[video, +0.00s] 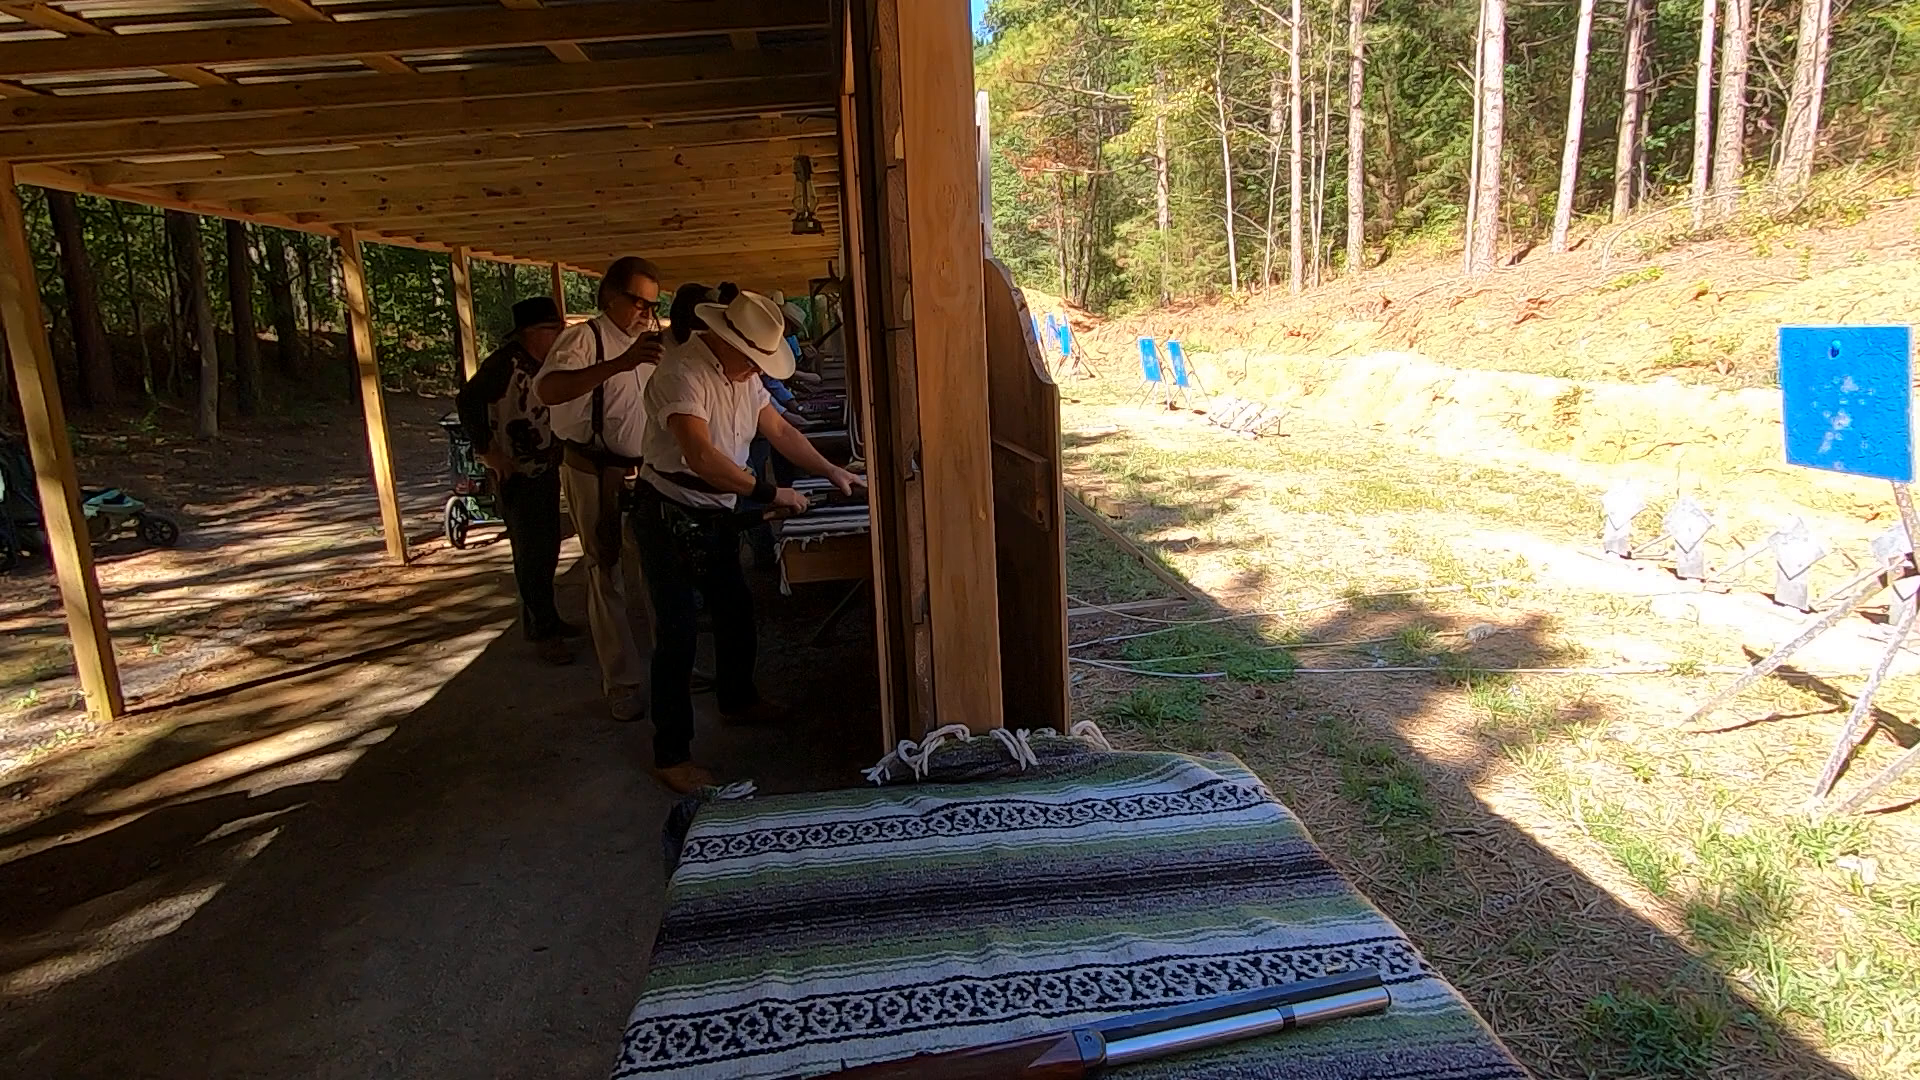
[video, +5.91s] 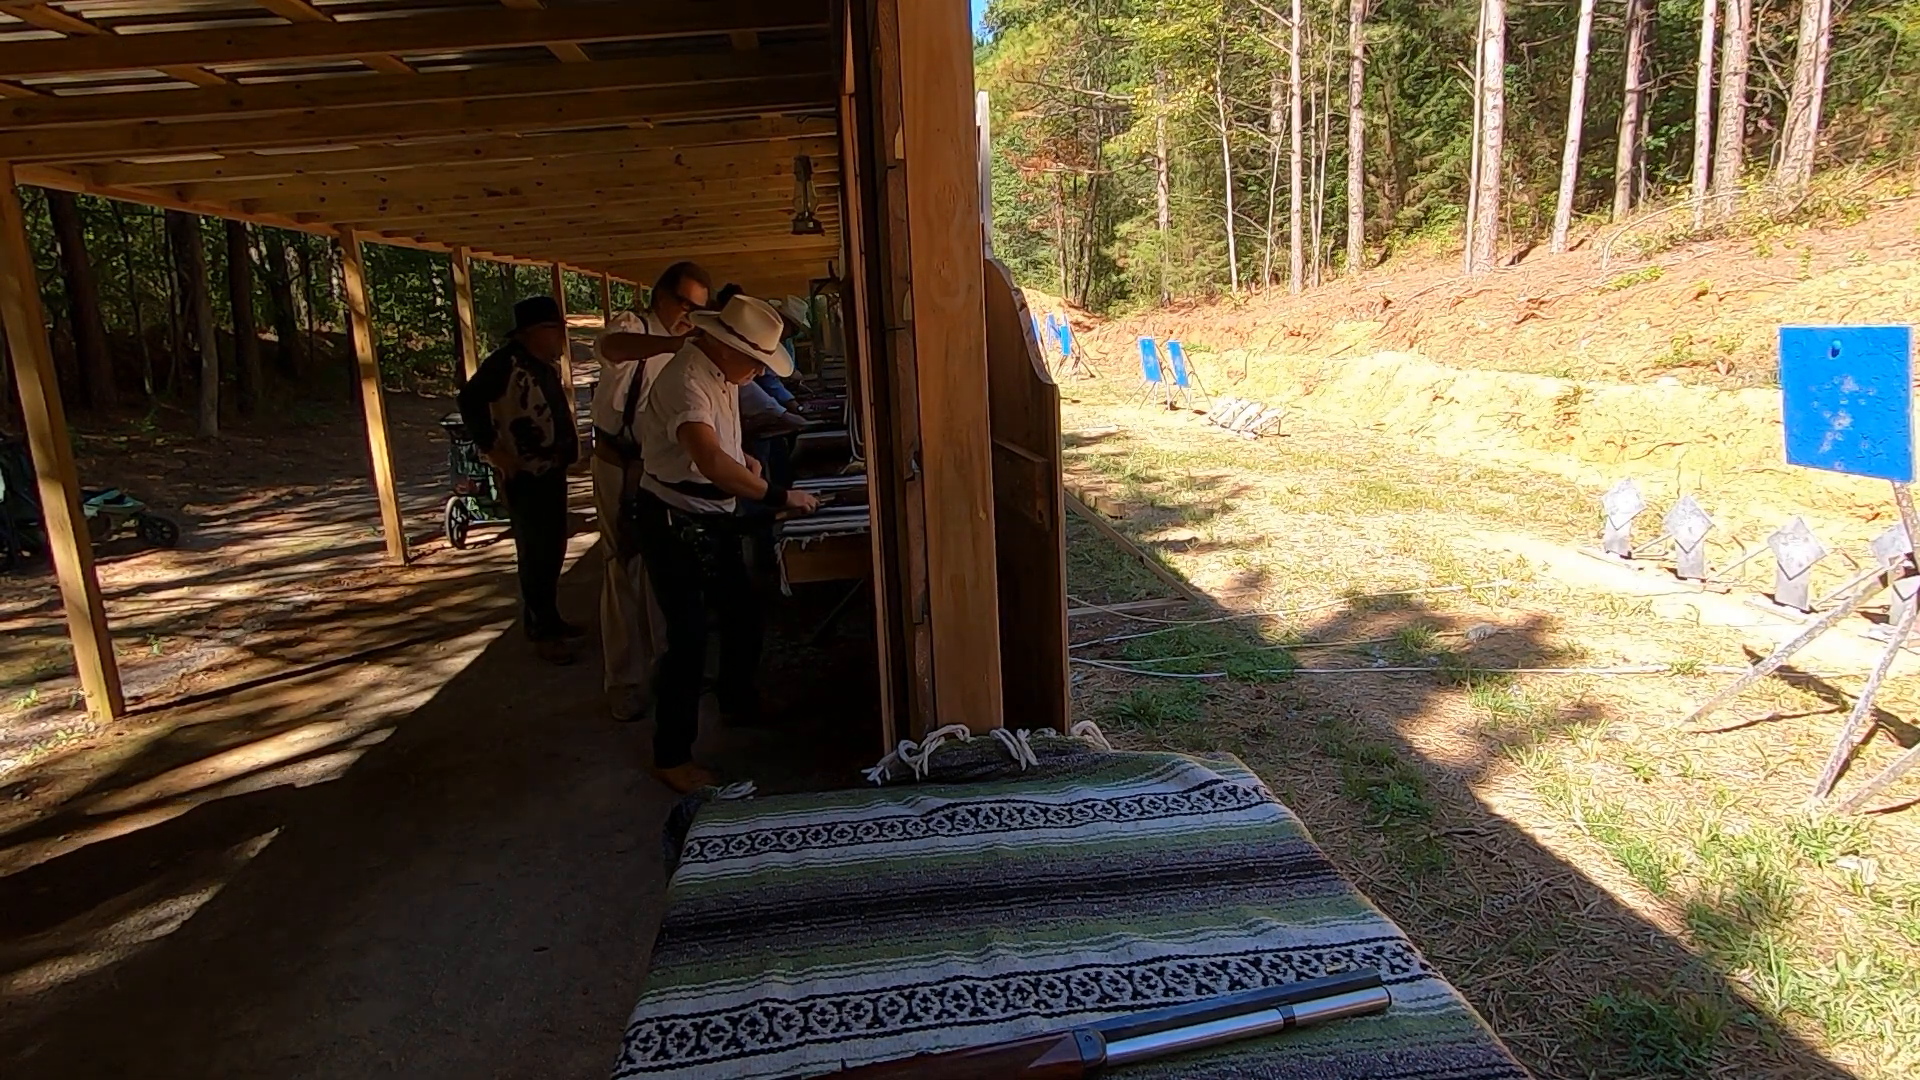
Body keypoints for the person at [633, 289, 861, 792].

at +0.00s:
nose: (755, 368)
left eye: (759, 361)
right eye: (750, 357)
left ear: (757, 353)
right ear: (723, 341)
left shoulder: (747, 375)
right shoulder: (680, 371)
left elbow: (778, 429)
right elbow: (698, 454)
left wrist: (832, 469)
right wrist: (766, 491)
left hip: (719, 513)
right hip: (666, 514)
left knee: (735, 611)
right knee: (678, 632)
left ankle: (740, 702)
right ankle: (672, 757)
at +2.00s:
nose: (771, 354)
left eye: (773, 346)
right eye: (770, 345)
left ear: (744, 340)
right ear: (750, 341)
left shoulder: (742, 375)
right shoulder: (690, 367)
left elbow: (780, 430)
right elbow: (711, 446)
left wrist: (838, 470)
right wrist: (774, 493)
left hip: (716, 514)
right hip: (670, 514)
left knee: (734, 613)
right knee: (685, 632)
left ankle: (739, 704)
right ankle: (671, 756)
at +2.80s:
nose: (758, 373)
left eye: (762, 366)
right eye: (757, 364)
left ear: (744, 346)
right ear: (734, 344)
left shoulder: (731, 370)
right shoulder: (687, 372)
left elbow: (743, 425)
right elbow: (709, 453)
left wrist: (765, 453)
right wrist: (775, 495)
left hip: (721, 512)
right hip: (676, 514)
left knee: (736, 615)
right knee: (685, 634)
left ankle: (740, 706)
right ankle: (671, 756)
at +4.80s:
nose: (753, 373)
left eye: (756, 365)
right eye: (751, 363)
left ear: (724, 349)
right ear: (724, 348)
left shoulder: (718, 377)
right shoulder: (681, 377)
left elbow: (722, 444)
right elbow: (707, 459)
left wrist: (749, 466)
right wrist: (778, 495)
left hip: (716, 516)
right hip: (673, 520)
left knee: (739, 615)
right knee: (689, 636)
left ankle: (739, 708)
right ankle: (672, 757)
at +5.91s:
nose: (757, 374)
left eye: (761, 367)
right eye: (755, 364)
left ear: (727, 349)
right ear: (729, 349)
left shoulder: (720, 378)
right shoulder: (686, 378)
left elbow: (726, 445)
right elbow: (708, 459)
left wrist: (749, 468)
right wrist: (778, 495)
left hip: (717, 516)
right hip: (675, 520)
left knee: (740, 615)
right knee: (689, 637)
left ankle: (739, 708)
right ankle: (672, 757)